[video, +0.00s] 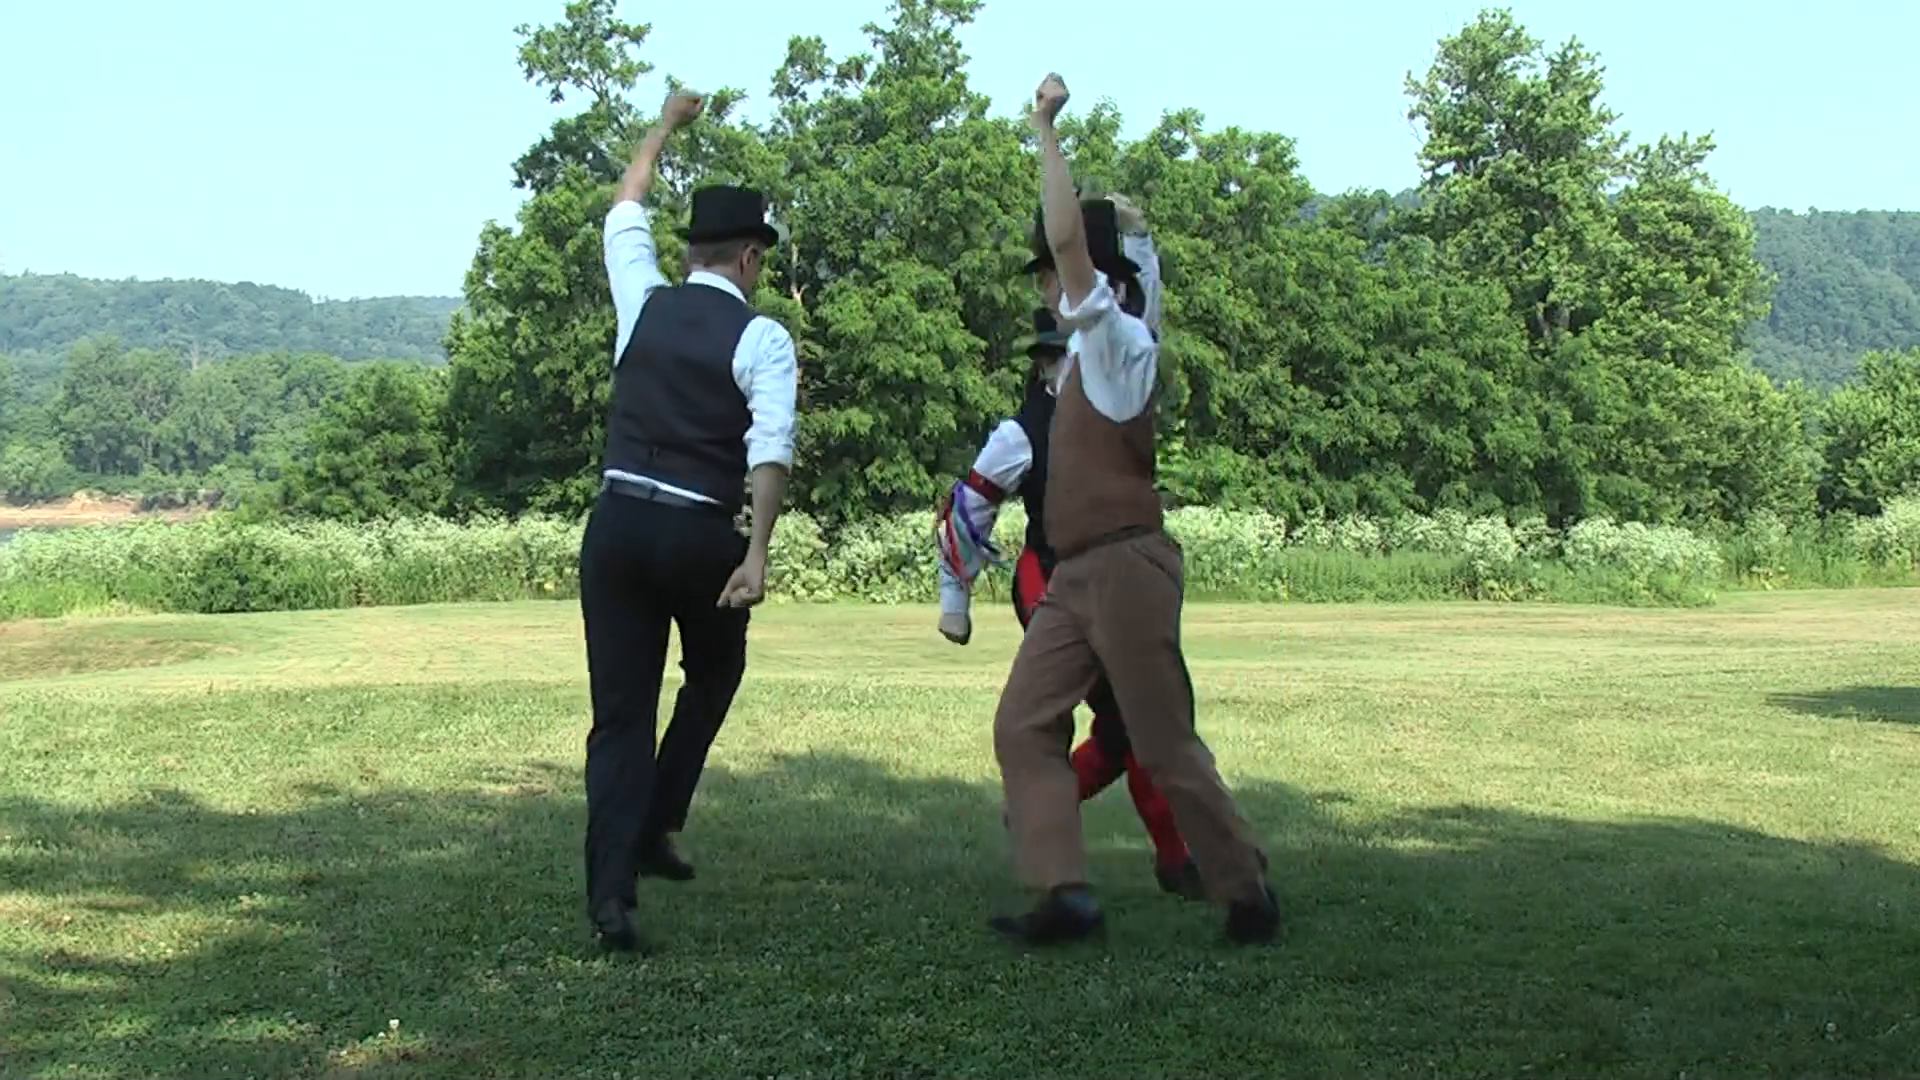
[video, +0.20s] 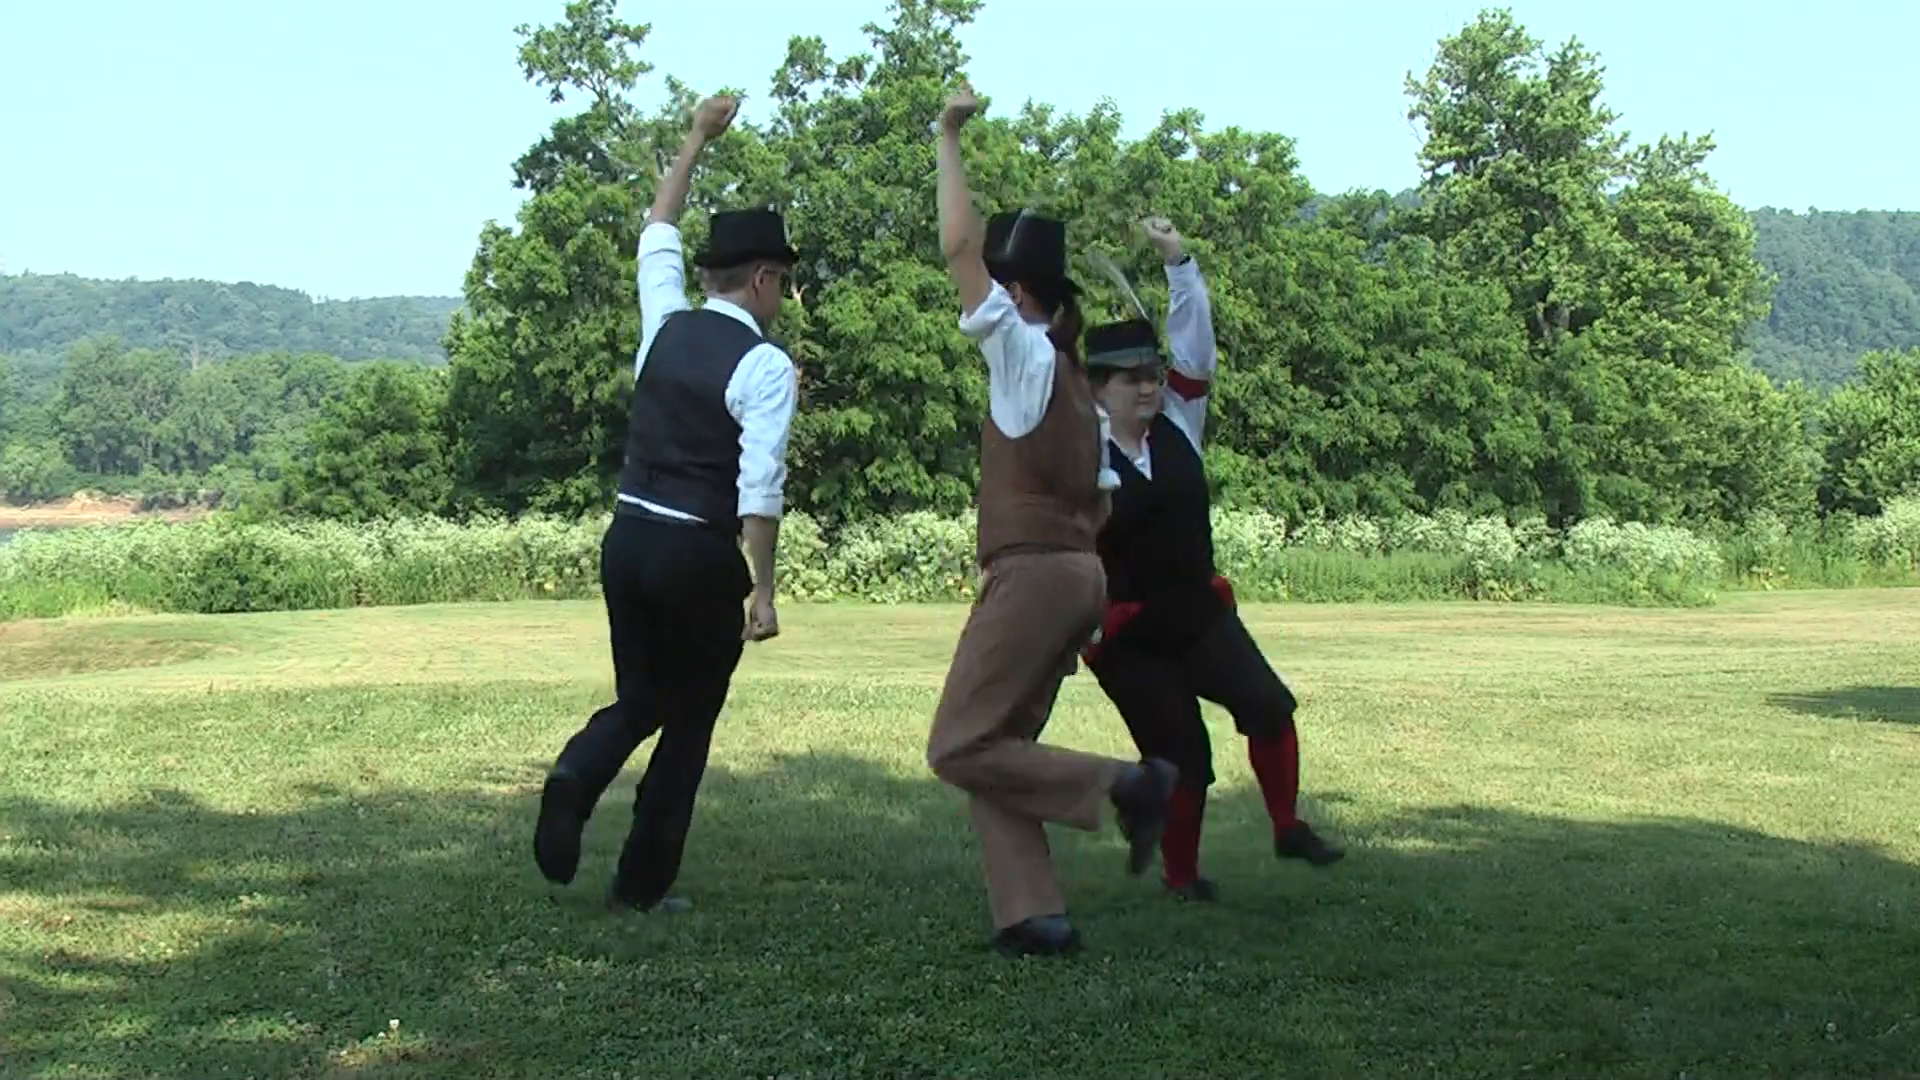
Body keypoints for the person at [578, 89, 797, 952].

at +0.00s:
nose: (765, 263)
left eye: (760, 251)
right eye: (761, 252)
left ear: (692, 251)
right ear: (748, 258)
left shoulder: (643, 300)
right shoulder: (764, 336)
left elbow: (625, 207)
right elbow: (768, 448)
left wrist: (663, 127)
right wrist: (758, 549)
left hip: (616, 522)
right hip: (702, 534)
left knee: (617, 716)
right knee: (714, 671)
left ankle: (610, 905)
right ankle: (657, 826)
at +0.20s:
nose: (784, 291)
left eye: (783, 278)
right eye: (783, 280)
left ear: (710, 275)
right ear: (763, 280)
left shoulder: (666, 323)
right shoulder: (766, 366)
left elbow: (661, 227)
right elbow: (758, 484)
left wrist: (696, 137)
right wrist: (763, 588)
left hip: (628, 539)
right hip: (700, 554)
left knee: (637, 701)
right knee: (690, 724)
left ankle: (570, 783)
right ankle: (643, 884)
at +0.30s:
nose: (792, 276)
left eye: (791, 263)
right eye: (791, 263)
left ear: (729, 254)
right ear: (772, 259)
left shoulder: (679, 300)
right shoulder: (774, 341)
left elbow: (675, 207)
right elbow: (768, 460)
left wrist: (710, 125)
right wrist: (777, 553)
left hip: (643, 519)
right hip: (707, 534)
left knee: (690, 649)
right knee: (698, 705)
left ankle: (598, 750)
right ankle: (645, 878)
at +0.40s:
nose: (810, 251)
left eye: (808, 236)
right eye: (806, 236)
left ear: (748, 228)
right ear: (781, 231)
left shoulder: (692, 275)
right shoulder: (788, 310)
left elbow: (694, 183)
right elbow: (774, 436)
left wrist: (730, 101)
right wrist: (783, 534)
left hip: (661, 486)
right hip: (721, 502)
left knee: (766, 579)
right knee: (708, 685)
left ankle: (661, 715)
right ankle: (651, 872)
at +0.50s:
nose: (831, 245)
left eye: (829, 230)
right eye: (825, 231)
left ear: (761, 226)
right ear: (797, 232)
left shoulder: (713, 275)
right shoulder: (796, 314)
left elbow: (720, 186)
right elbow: (775, 439)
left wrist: (759, 104)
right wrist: (786, 531)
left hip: (683, 484)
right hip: (736, 500)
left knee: (809, 583)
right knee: (736, 686)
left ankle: (720, 731)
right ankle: (688, 862)